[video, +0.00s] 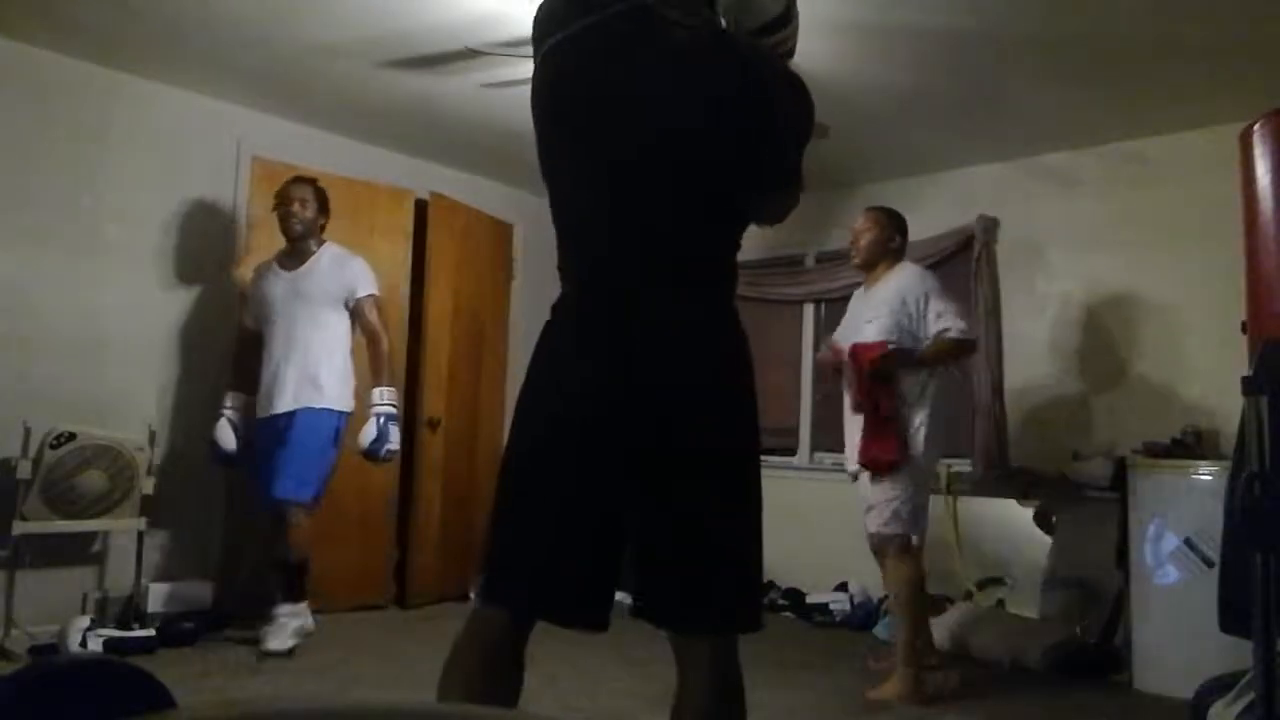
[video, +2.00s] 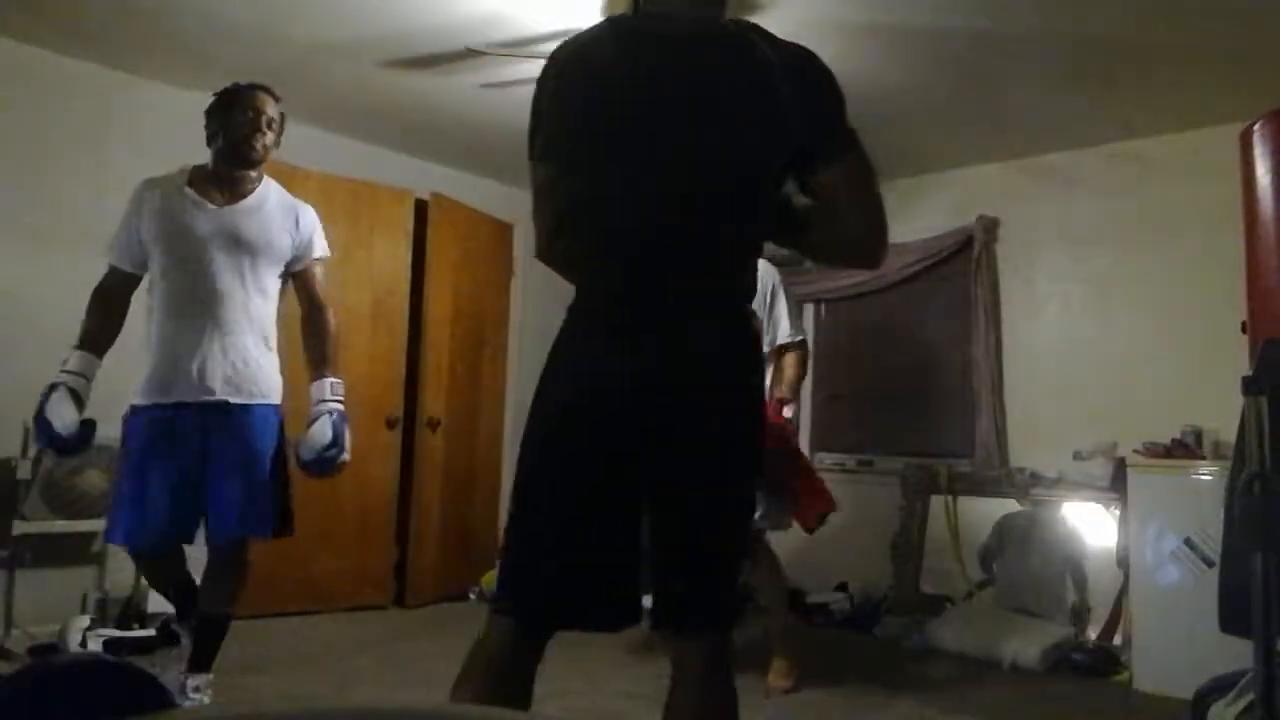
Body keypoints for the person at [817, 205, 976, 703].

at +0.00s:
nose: (851, 242)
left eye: (861, 232)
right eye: (852, 234)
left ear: (892, 238)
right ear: (867, 243)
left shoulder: (915, 280)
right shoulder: (861, 295)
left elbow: (960, 338)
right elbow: (849, 352)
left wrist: (901, 360)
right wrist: (833, 361)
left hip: (905, 441)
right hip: (870, 442)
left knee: (895, 544)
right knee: (884, 542)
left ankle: (906, 672)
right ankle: (917, 650)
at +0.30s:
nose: (820, 237)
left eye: (830, 229)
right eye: (821, 229)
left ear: (861, 236)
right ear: (848, 238)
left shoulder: (878, 274)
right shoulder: (842, 286)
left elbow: (890, 349)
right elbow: (843, 364)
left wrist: (824, 350)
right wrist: (798, 361)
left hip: (881, 447)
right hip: (842, 445)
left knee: (875, 550)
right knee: (812, 526)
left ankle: (903, 677)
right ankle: (860, 617)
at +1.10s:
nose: (771, 232)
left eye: (781, 224)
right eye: (770, 225)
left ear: (810, 233)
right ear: (771, 235)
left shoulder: (830, 278)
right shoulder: (769, 293)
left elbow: (846, 355)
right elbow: (768, 361)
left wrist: (772, 357)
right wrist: (739, 366)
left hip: (813, 442)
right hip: (769, 441)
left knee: (807, 546)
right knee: (760, 545)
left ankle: (835, 674)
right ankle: (787, 639)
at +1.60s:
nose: (717, 225)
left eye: (727, 214)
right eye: (717, 214)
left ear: (749, 217)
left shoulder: (783, 274)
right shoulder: (718, 286)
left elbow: (819, 347)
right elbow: (704, 358)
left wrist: (775, 373)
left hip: (774, 432)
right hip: (718, 433)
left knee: (787, 544)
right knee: (716, 544)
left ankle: (826, 672)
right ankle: (720, 645)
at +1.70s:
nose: (706, 230)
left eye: (713, 220)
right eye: (703, 221)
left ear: (729, 226)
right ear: (701, 232)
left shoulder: (775, 278)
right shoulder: (692, 286)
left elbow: (802, 350)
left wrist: (765, 389)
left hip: (756, 438)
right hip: (704, 439)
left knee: (778, 544)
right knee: (714, 549)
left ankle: (818, 662)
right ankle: (713, 646)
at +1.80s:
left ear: (734, 219)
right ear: (716, 221)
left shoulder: (767, 274)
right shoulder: (692, 277)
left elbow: (801, 345)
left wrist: (775, 388)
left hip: (753, 424)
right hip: (704, 424)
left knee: (760, 531)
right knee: (705, 541)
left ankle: (801, 653)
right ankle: (705, 654)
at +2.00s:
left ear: (732, 230)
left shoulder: (759, 273)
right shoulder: (674, 280)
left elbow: (791, 347)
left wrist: (782, 403)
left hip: (745, 426)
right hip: (686, 424)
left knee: (749, 540)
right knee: (695, 538)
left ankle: (781, 646)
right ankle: (701, 653)